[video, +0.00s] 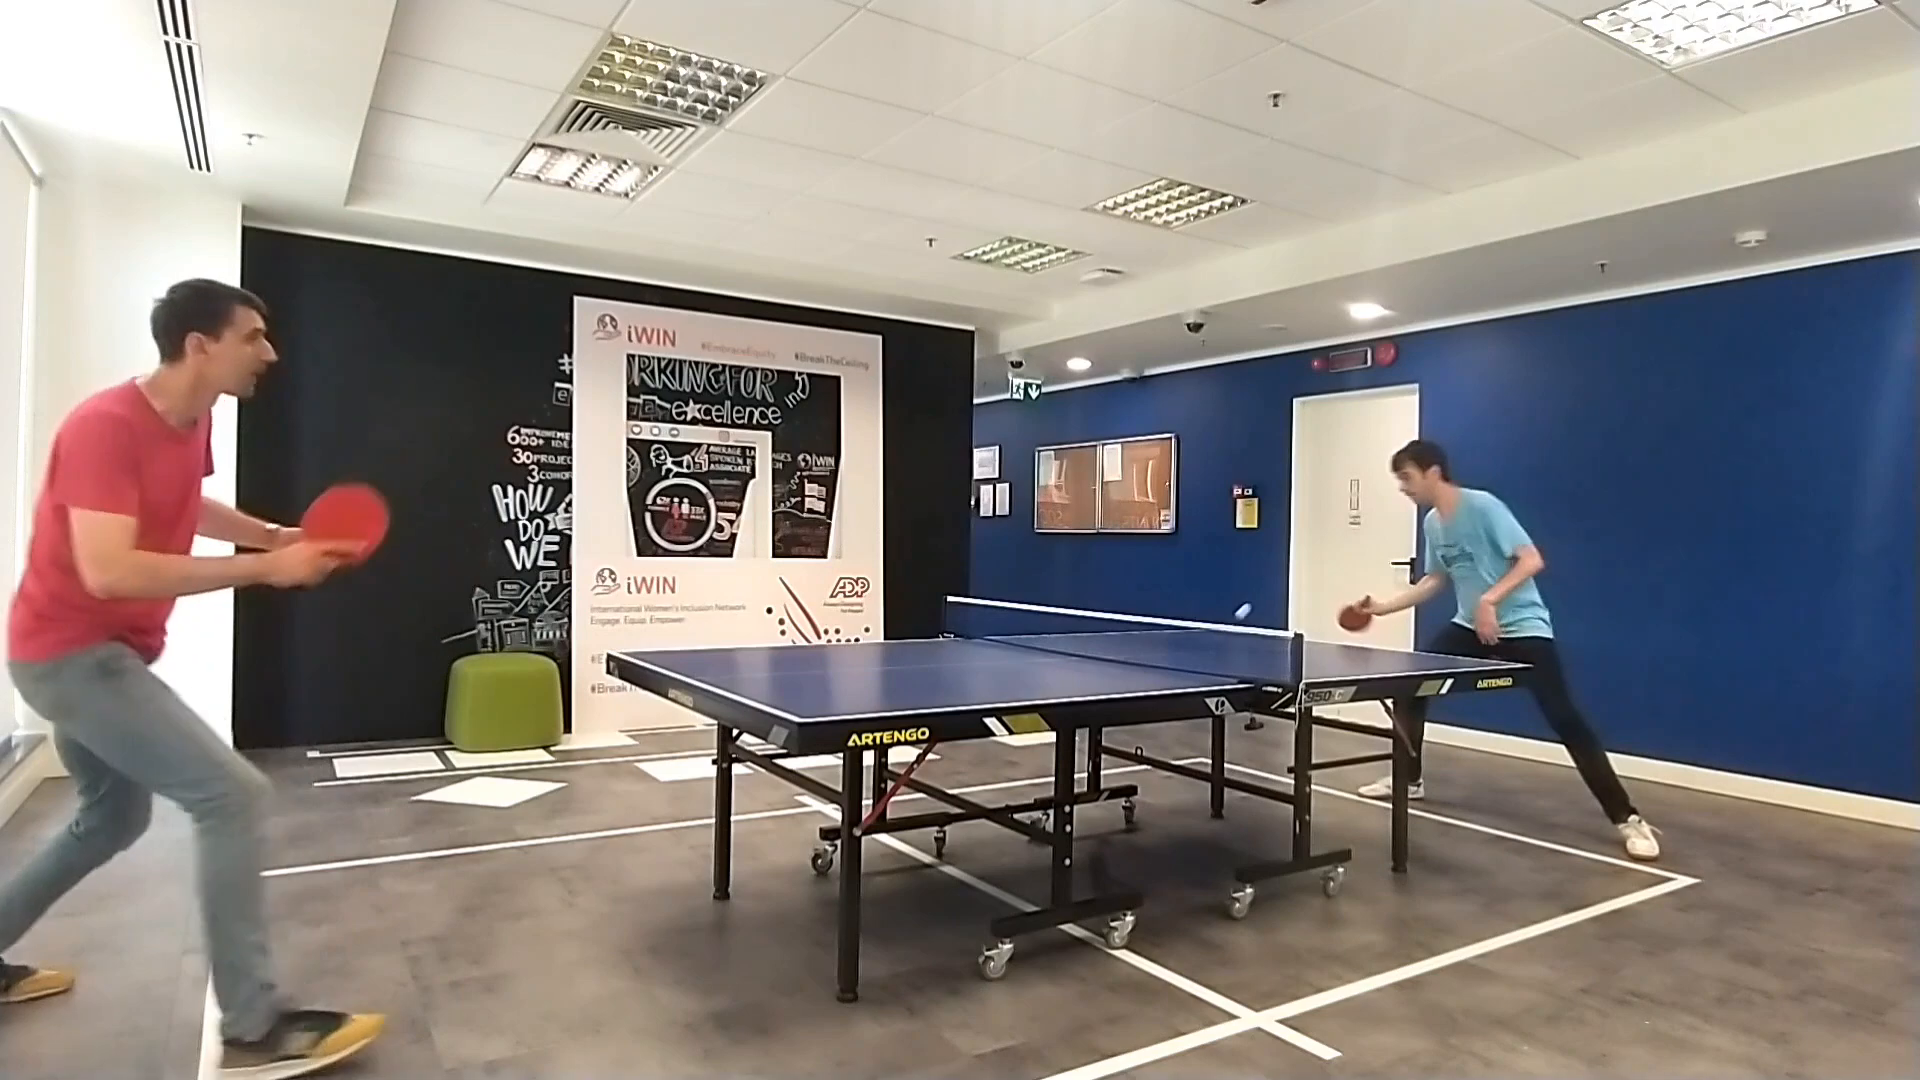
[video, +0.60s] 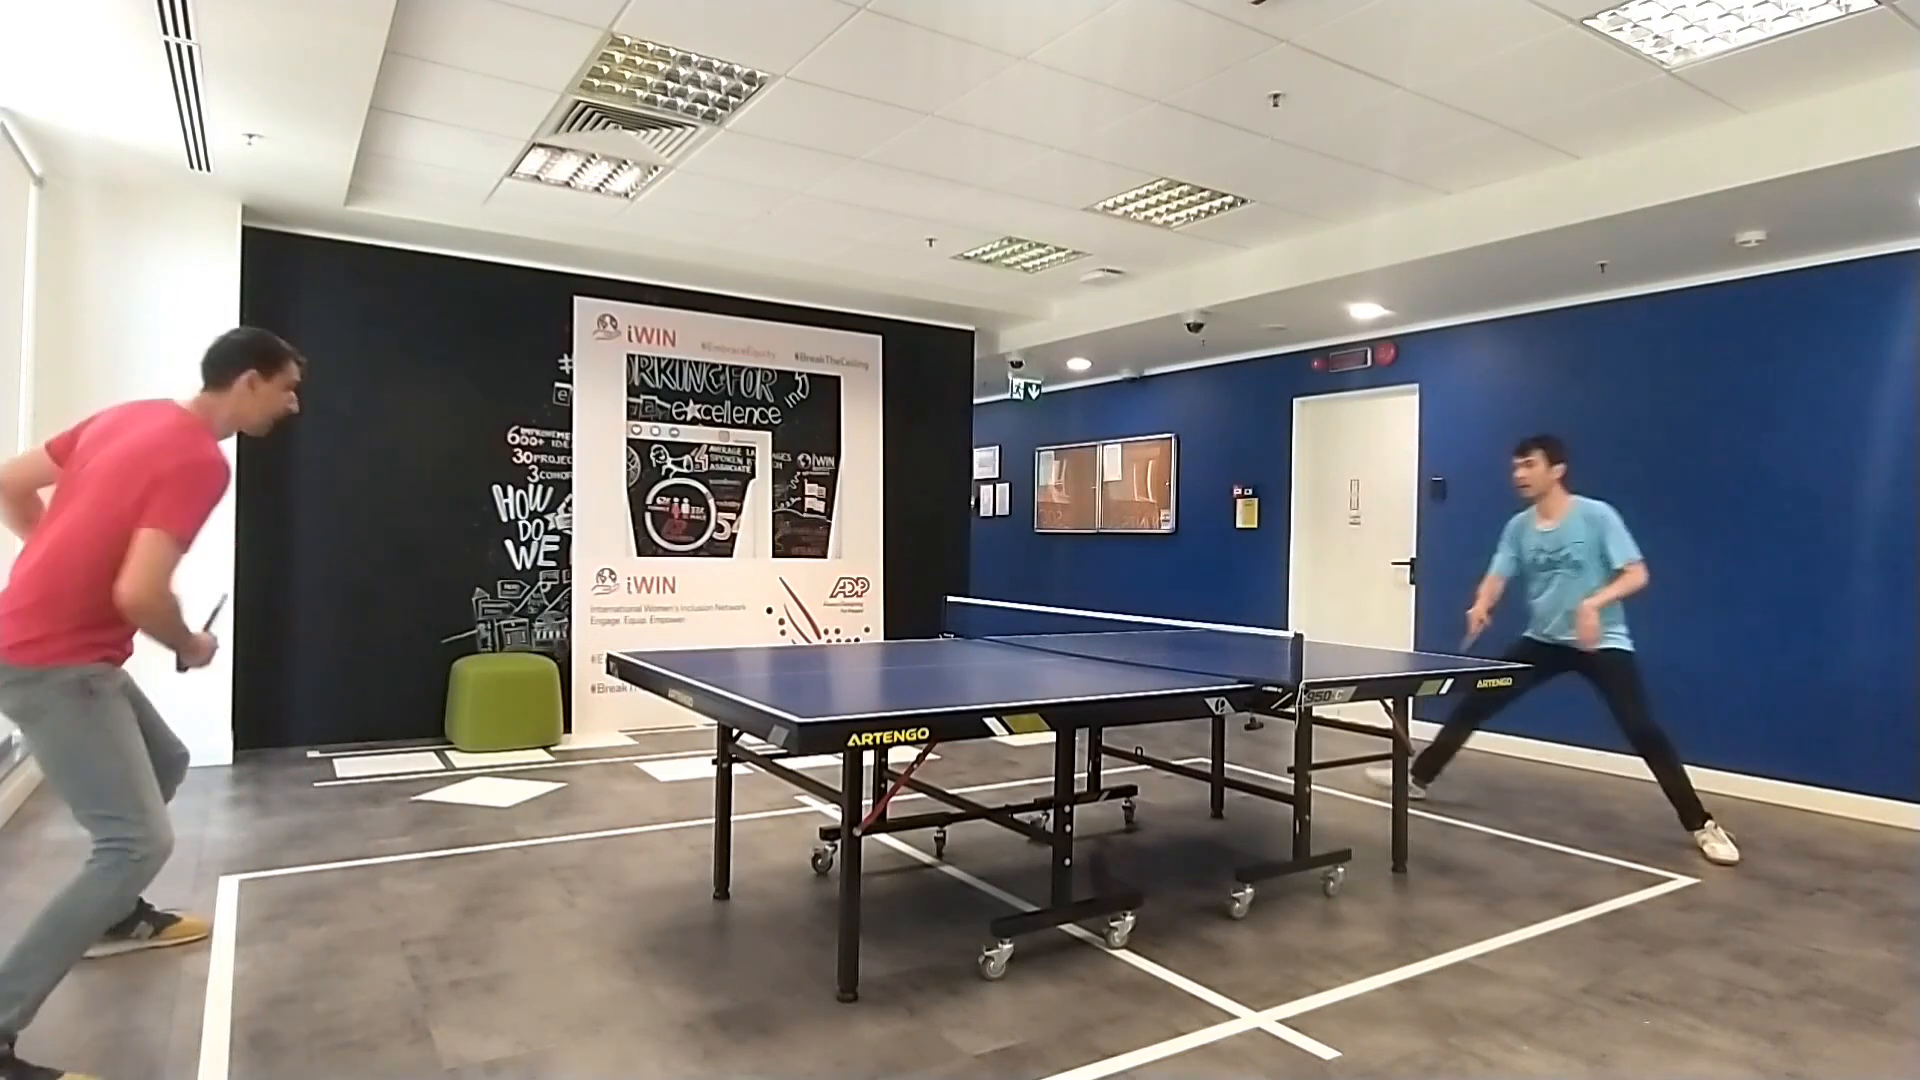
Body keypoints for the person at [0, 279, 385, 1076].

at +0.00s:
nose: (268, 353)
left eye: (265, 337)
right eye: (254, 337)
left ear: (205, 350)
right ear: (198, 346)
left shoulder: (192, 425)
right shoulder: (105, 427)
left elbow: (181, 508)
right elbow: (108, 571)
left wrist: (277, 539)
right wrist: (261, 568)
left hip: (107, 650)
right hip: (68, 656)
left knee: (111, 818)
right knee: (230, 795)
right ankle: (253, 1023)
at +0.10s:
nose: (250, 323)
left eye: (247, 308)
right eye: (236, 308)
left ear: (188, 319)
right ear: (181, 315)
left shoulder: (169, 399)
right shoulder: (88, 399)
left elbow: (151, 489)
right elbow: (70, 548)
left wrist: (242, 523)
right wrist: (227, 578)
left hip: (91, 629)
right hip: (51, 633)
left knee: (88, 800)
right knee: (185, 796)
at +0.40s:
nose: (254, 362)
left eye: (252, 346)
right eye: (243, 345)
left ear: (192, 352)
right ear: (190, 348)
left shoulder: (148, 429)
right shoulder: (109, 425)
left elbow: (112, 535)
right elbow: (111, 583)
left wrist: (164, 563)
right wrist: (264, 610)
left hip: (69, 645)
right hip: (22, 653)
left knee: (145, 770)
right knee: (120, 841)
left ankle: (88, 912)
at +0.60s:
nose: (294, 407)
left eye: (296, 393)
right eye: (290, 390)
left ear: (237, 378)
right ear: (249, 380)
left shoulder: (127, 417)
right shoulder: (200, 458)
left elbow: (14, 480)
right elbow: (138, 592)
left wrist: (63, 555)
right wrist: (186, 641)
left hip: (58, 652)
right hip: (50, 662)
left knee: (163, 764)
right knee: (137, 844)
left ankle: (112, 910)